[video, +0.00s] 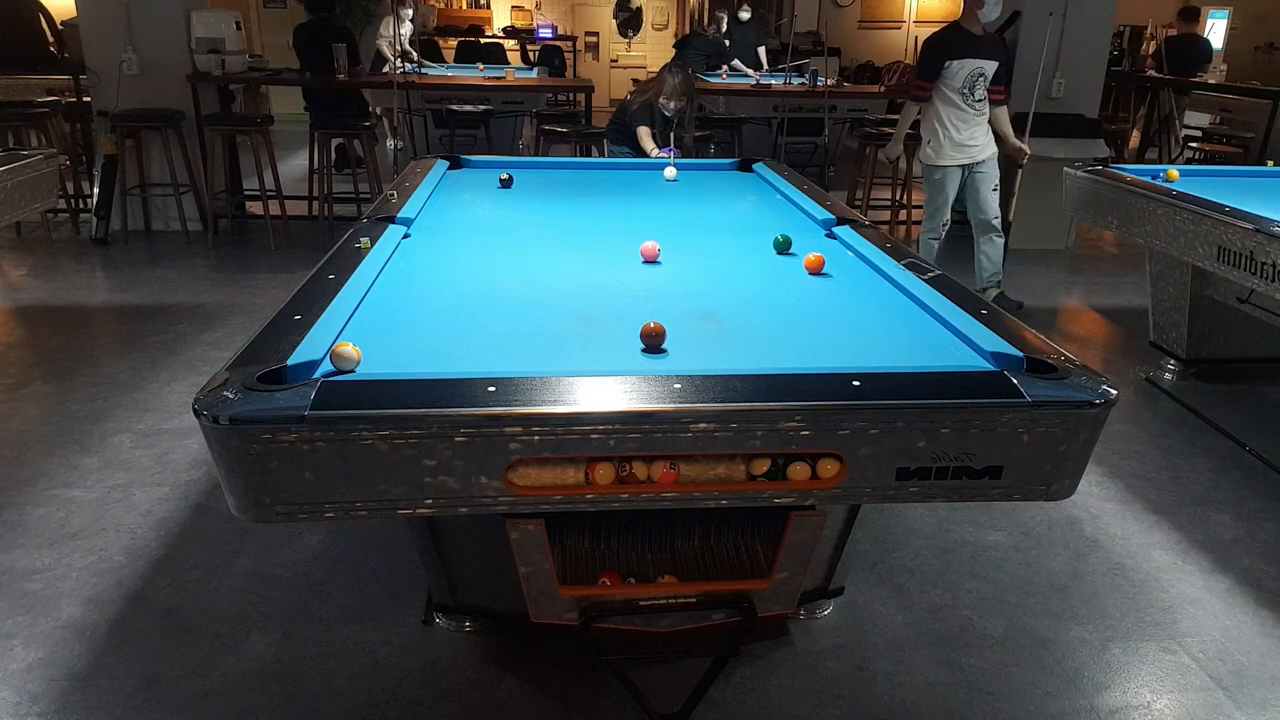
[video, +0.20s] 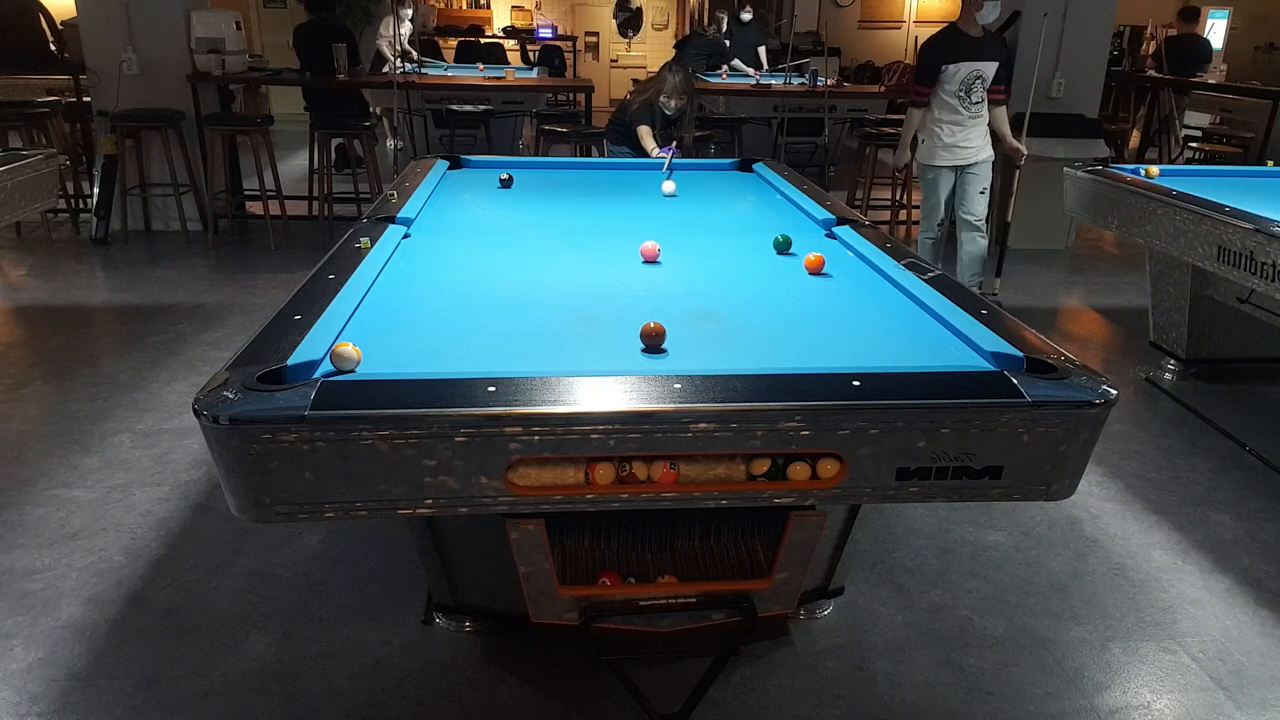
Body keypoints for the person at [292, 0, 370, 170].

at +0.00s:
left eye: (303, 5)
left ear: (307, 7)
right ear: (332, 7)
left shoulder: (300, 31)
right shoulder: (343, 30)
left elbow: (305, 65)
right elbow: (356, 68)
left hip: (315, 103)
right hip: (346, 103)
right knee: (363, 106)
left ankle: (351, 152)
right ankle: (344, 149)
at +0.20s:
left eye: (303, 5)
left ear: (306, 7)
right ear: (332, 7)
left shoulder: (300, 31)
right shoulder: (343, 30)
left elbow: (305, 65)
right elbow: (356, 68)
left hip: (315, 102)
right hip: (346, 103)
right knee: (363, 107)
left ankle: (351, 152)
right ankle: (344, 150)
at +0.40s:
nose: (302, 7)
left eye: (303, 4)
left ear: (307, 8)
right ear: (332, 7)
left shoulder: (300, 30)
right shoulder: (343, 30)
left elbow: (305, 64)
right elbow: (356, 68)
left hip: (315, 102)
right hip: (346, 103)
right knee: (363, 107)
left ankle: (351, 152)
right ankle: (344, 149)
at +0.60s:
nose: (302, 7)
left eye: (303, 4)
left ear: (307, 7)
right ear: (332, 7)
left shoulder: (300, 30)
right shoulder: (343, 30)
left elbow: (305, 64)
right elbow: (356, 68)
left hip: (315, 102)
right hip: (346, 103)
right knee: (362, 107)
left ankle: (351, 152)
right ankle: (344, 149)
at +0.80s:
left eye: (304, 5)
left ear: (307, 8)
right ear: (333, 7)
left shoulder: (300, 30)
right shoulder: (343, 30)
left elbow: (305, 64)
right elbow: (356, 68)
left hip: (315, 102)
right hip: (346, 102)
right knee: (362, 107)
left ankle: (351, 152)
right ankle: (344, 149)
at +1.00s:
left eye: (304, 5)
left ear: (307, 8)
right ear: (333, 8)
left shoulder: (300, 31)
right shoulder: (343, 30)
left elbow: (305, 65)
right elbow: (357, 68)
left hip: (315, 102)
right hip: (346, 103)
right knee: (362, 106)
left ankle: (351, 152)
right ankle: (344, 149)